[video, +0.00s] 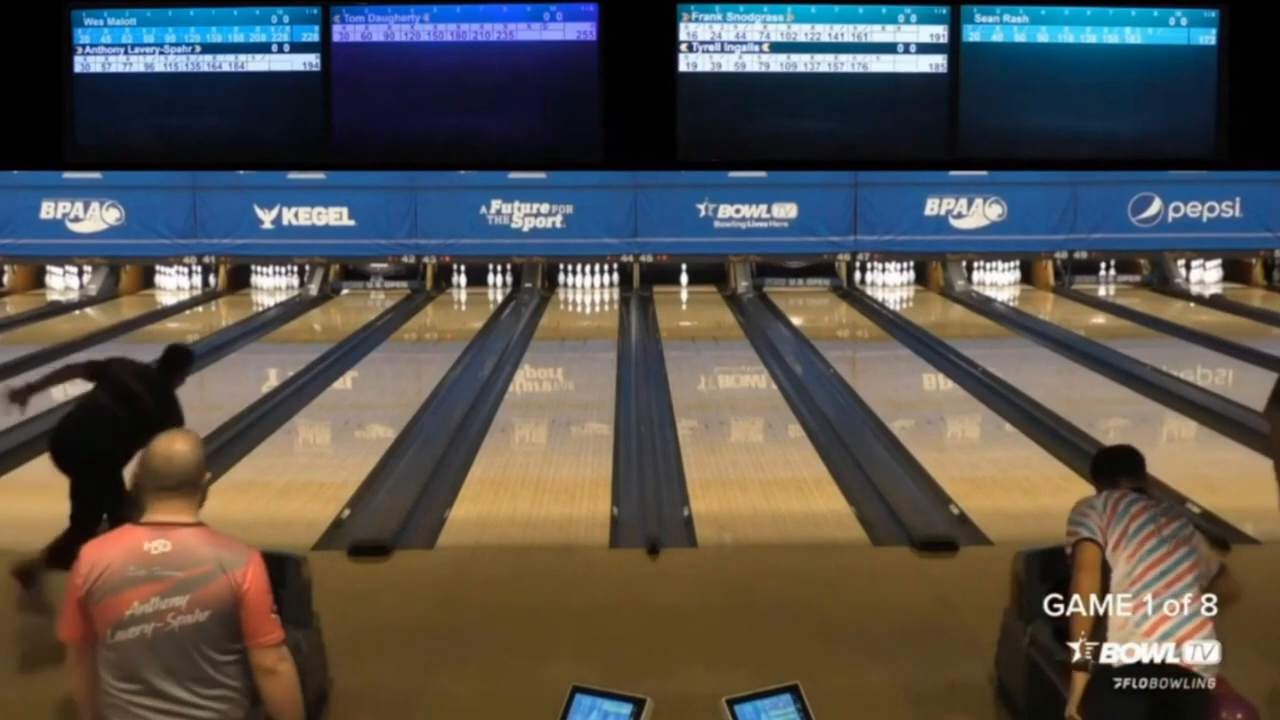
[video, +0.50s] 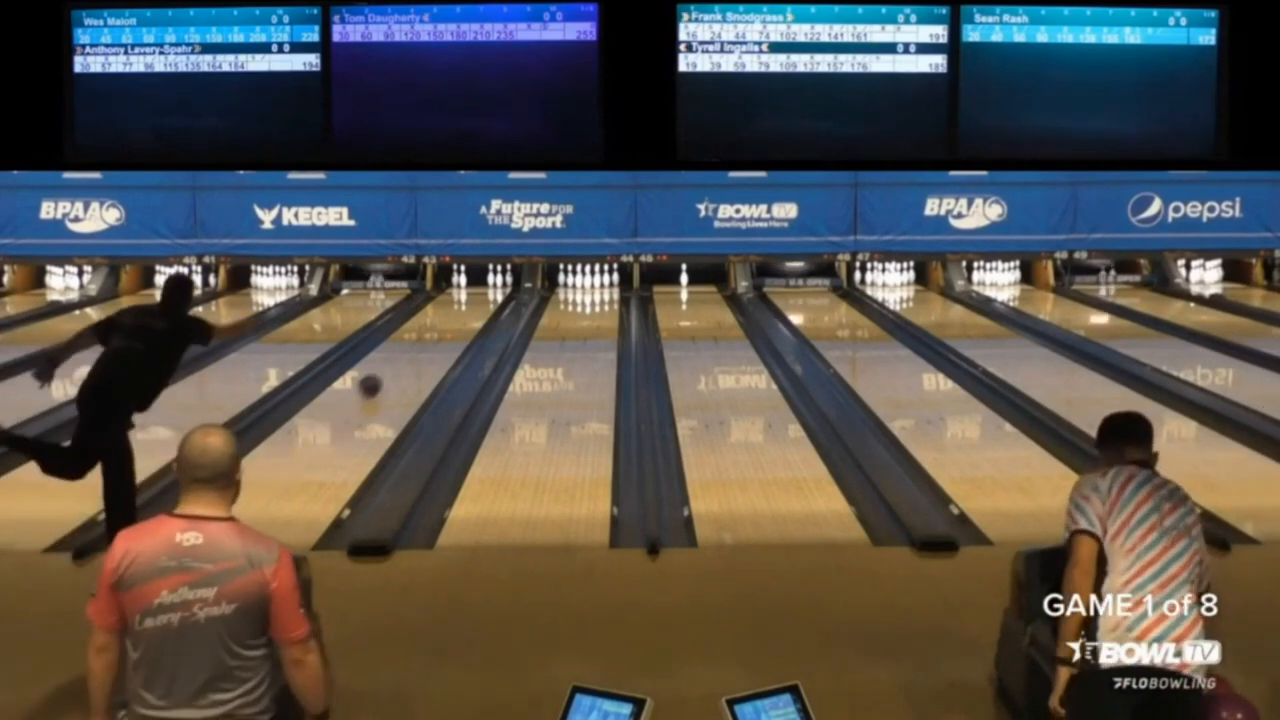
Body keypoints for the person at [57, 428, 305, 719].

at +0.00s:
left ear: (136, 482)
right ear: (204, 483)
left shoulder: (93, 558)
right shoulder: (242, 561)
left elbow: (78, 663)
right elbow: (272, 666)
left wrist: (90, 713)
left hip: (124, 711)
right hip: (217, 710)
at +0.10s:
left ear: (160, 478)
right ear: (219, 484)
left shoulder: (110, 556)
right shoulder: (258, 560)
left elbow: (86, 660)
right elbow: (286, 662)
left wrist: (87, 716)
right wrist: (304, 715)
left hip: (142, 712)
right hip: (235, 711)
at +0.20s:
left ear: (175, 474)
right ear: (235, 481)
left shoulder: (126, 554)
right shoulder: (273, 558)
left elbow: (99, 655)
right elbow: (304, 656)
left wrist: (84, 714)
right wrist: (323, 711)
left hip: (153, 710)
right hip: (245, 710)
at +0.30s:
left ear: (178, 473)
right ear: (239, 480)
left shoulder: (128, 551)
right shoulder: (275, 557)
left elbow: (102, 651)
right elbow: (306, 655)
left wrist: (87, 714)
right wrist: (326, 709)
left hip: (154, 711)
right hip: (246, 710)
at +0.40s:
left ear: (179, 473)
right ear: (239, 480)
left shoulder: (129, 551)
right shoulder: (276, 558)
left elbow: (103, 650)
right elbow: (307, 654)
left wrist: (91, 714)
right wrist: (326, 709)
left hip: (153, 711)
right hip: (245, 711)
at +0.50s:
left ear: (178, 472)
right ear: (236, 477)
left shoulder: (127, 547)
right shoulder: (270, 557)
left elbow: (103, 648)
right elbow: (298, 656)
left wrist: (100, 713)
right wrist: (318, 710)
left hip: (150, 710)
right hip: (242, 710)